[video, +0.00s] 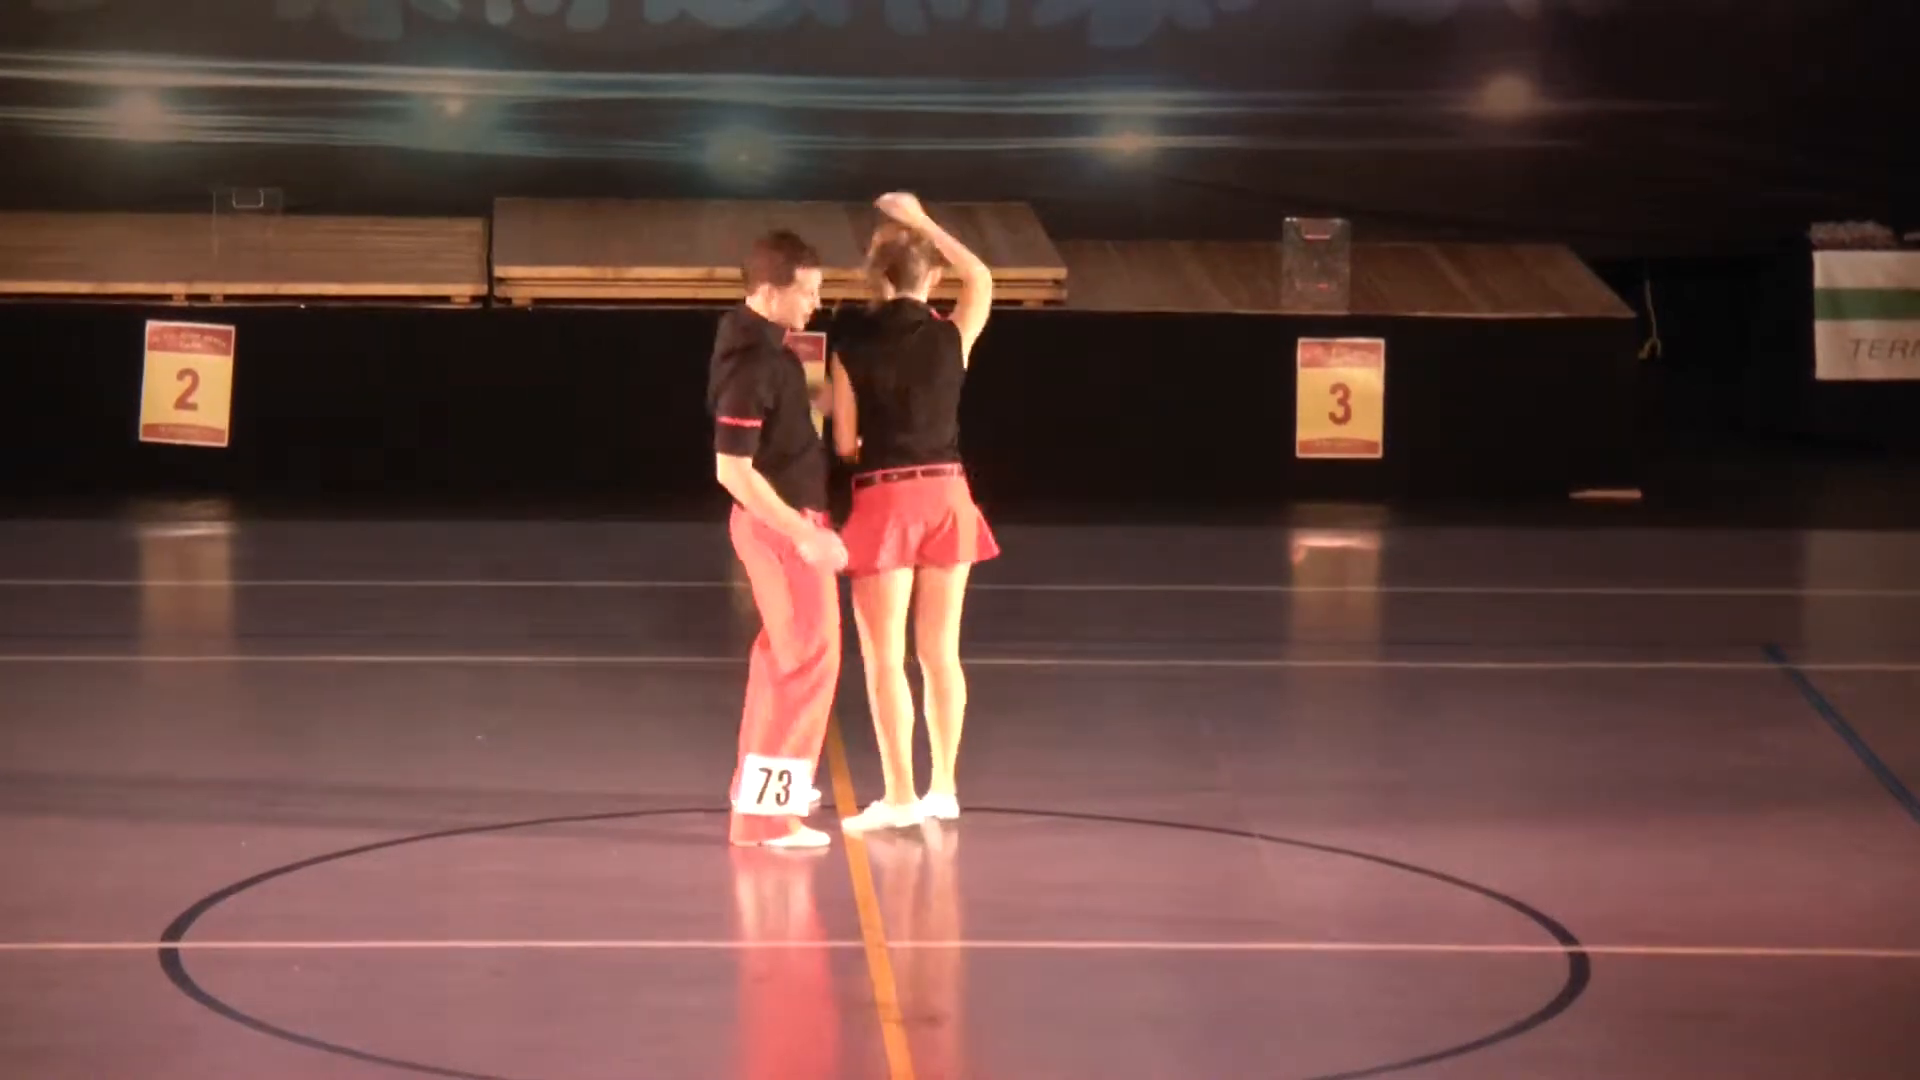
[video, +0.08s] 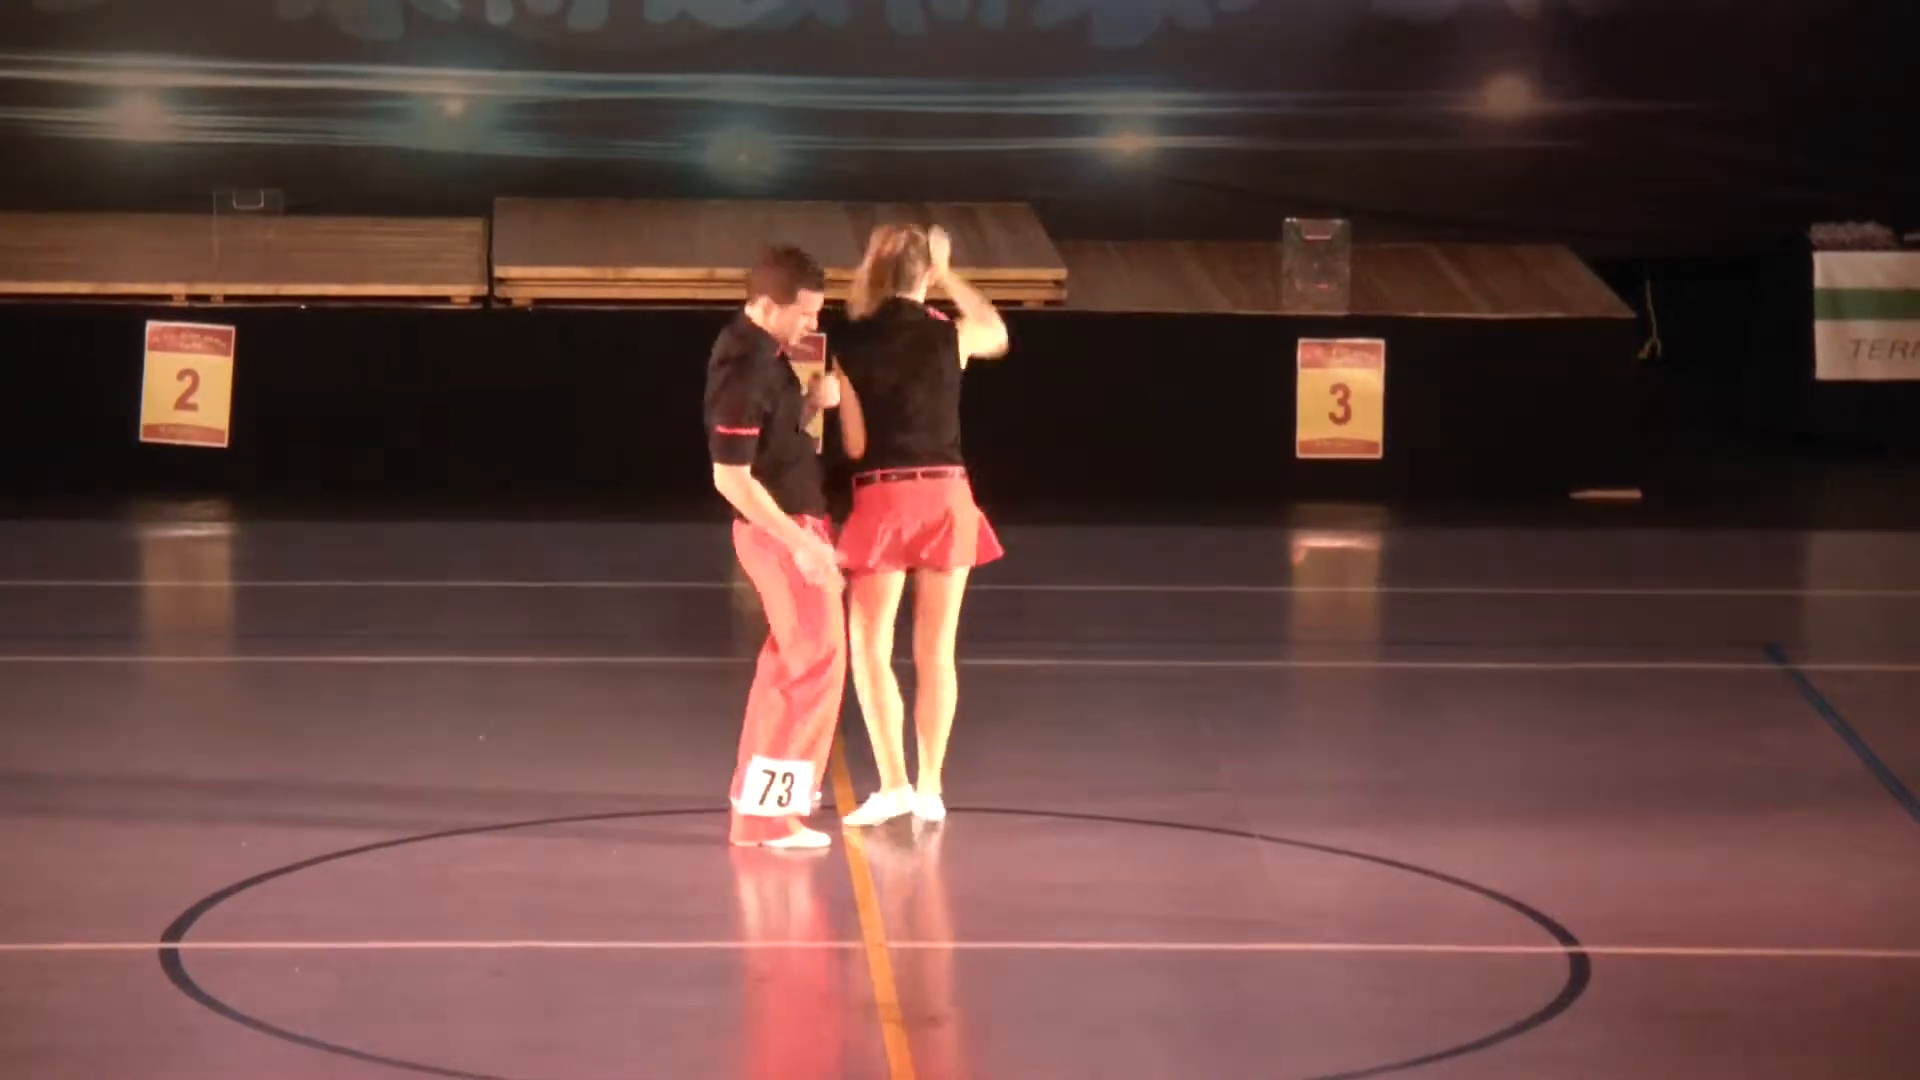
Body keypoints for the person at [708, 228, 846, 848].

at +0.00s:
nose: (815, 303)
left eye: (815, 290)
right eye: (808, 291)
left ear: (770, 289)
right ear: (773, 290)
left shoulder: (757, 334)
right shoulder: (754, 354)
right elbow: (734, 467)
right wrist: (802, 534)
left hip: (781, 515)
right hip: (778, 520)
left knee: (782, 652)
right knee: (812, 656)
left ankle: (757, 804)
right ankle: (769, 812)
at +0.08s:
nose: (813, 322)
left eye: (815, 310)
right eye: (806, 310)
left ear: (775, 305)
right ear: (770, 303)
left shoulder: (767, 350)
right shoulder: (745, 360)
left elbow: (796, 445)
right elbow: (731, 475)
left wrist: (814, 395)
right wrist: (796, 541)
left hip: (793, 524)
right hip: (778, 527)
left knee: (788, 660)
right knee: (818, 659)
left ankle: (755, 808)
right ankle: (772, 812)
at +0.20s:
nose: (813, 331)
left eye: (817, 320)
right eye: (805, 319)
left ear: (789, 311)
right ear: (769, 308)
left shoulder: (791, 341)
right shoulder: (734, 363)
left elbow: (823, 399)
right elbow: (737, 471)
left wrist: (841, 385)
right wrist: (823, 503)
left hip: (792, 522)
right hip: (767, 526)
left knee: (780, 652)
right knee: (810, 653)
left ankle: (754, 800)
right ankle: (767, 812)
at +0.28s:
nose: (821, 335)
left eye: (824, 324)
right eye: (813, 324)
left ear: (811, 310)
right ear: (776, 308)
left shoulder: (796, 338)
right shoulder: (733, 364)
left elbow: (850, 371)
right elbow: (750, 465)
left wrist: (903, 402)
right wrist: (829, 499)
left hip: (786, 516)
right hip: (752, 521)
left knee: (787, 650)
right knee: (780, 652)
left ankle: (772, 785)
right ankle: (754, 810)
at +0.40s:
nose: (831, 356)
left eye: (835, 345)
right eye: (823, 346)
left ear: (835, 332)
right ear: (788, 330)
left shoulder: (834, 342)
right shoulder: (739, 372)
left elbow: (886, 415)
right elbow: (762, 470)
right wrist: (837, 521)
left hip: (777, 516)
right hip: (729, 519)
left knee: (747, 653)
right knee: (766, 652)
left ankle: (752, 784)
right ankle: (748, 814)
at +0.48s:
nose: (833, 378)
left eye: (837, 368)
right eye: (824, 370)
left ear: (843, 353)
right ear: (792, 352)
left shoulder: (841, 363)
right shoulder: (743, 384)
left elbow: (884, 441)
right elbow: (769, 477)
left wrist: (933, 520)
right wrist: (842, 523)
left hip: (770, 522)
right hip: (720, 524)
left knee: (736, 650)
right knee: (765, 650)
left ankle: (741, 776)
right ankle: (747, 812)